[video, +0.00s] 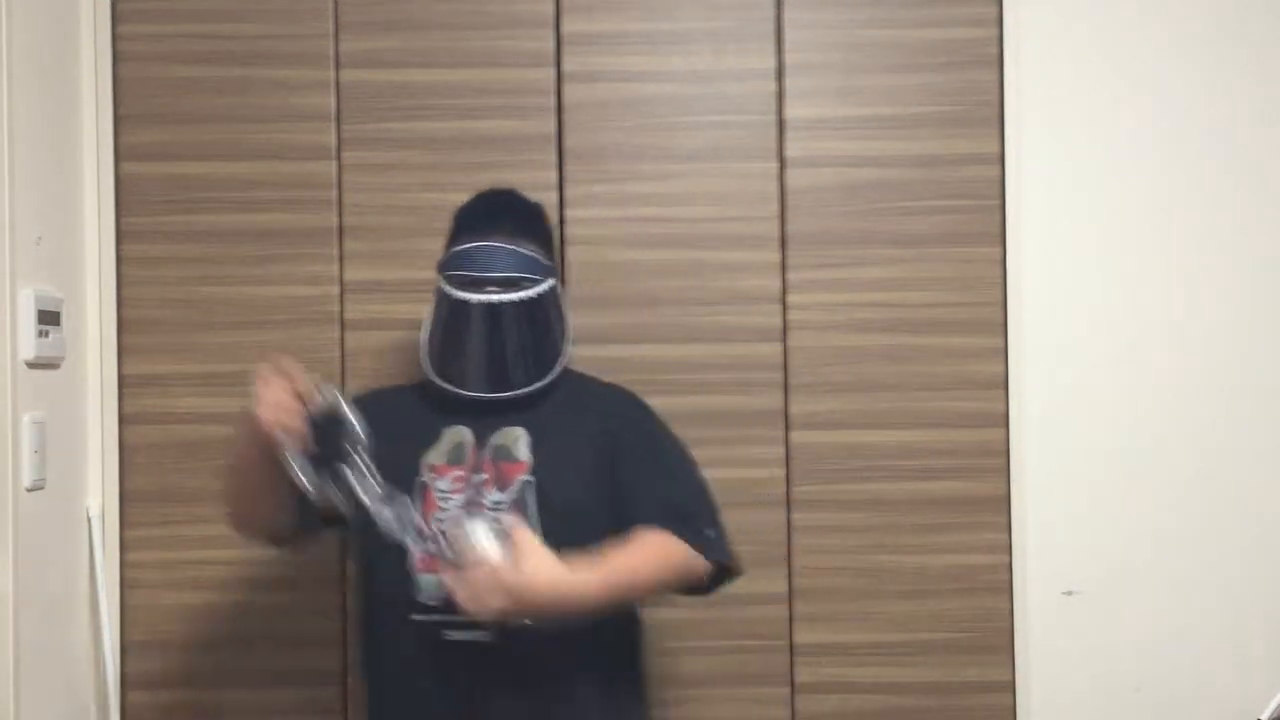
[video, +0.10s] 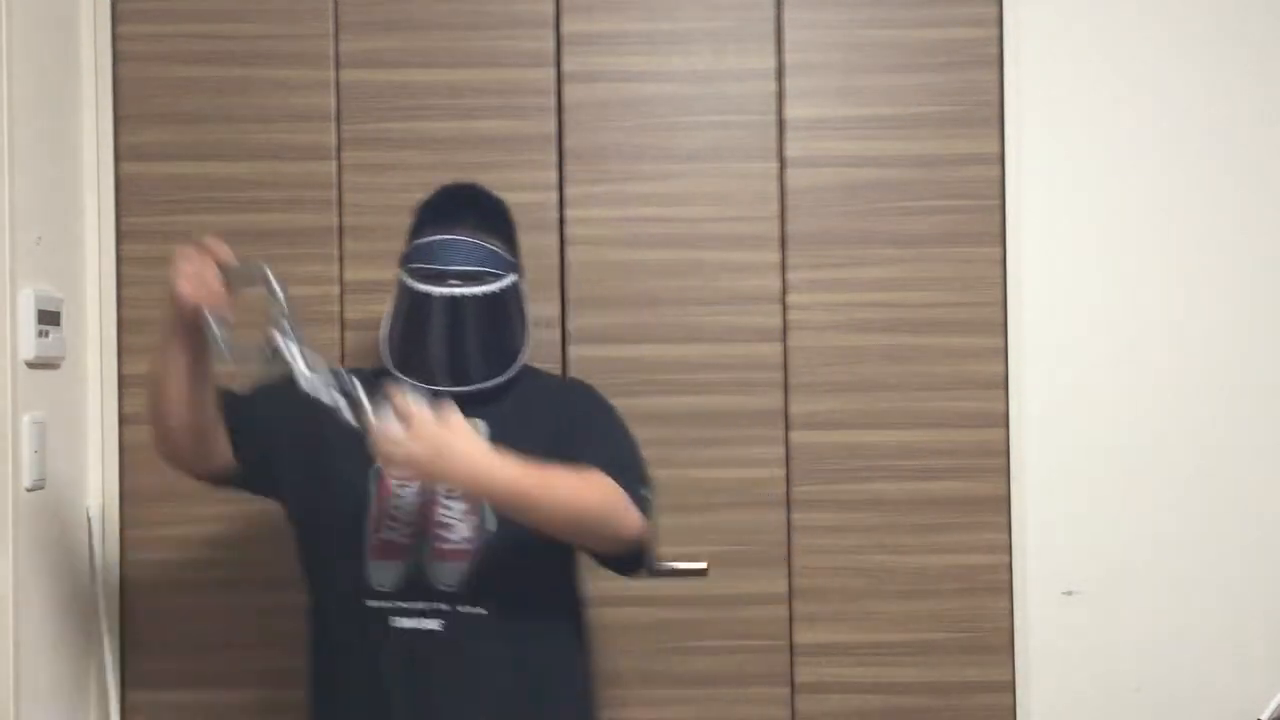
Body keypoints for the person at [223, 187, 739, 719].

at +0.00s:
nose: (492, 327)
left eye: (514, 304)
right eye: (471, 303)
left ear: (550, 301)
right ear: (443, 298)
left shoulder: (612, 422)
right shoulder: (375, 424)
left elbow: (693, 546)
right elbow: (267, 521)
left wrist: (561, 586)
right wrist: (266, 443)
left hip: (578, 700)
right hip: (418, 700)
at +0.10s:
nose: (451, 304)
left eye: (475, 286)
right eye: (431, 283)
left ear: (511, 291)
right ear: (402, 284)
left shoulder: (563, 413)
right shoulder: (324, 409)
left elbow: (621, 522)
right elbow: (195, 445)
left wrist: (468, 466)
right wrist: (189, 327)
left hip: (526, 704)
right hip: (362, 703)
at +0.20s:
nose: (422, 309)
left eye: (446, 286)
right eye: (400, 283)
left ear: (481, 291)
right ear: (366, 282)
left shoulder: (530, 399)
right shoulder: (298, 393)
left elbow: (565, 488)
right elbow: (155, 396)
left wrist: (423, 394)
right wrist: (137, 258)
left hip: (485, 705)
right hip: (322, 702)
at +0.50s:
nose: (382, 306)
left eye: (404, 284)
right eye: (360, 283)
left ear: (442, 290)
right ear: (329, 284)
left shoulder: (491, 403)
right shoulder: (257, 401)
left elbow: (533, 504)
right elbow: (109, 421)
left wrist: (392, 425)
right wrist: (98, 306)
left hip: (441, 703)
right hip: (267, 703)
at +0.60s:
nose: (389, 307)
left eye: (414, 289)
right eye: (368, 286)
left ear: (448, 291)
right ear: (339, 285)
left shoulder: (499, 408)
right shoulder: (267, 408)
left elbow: (557, 521)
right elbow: (122, 460)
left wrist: (412, 487)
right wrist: (118, 368)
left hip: (447, 701)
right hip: (279, 701)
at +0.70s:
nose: (406, 304)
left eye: (429, 286)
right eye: (388, 282)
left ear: (465, 291)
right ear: (355, 283)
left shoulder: (517, 417)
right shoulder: (278, 414)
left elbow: (588, 547)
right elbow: (181, 515)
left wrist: (457, 581)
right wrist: (149, 470)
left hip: (464, 705)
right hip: (298, 704)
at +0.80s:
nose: (433, 311)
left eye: (454, 292)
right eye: (415, 289)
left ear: (488, 297)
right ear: (382, 288)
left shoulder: (544, 428)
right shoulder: (308, 423)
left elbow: (597, 571)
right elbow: (240, 524)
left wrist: (519, 668)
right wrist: (210, 572)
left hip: (479, 701)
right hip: (322, 699)